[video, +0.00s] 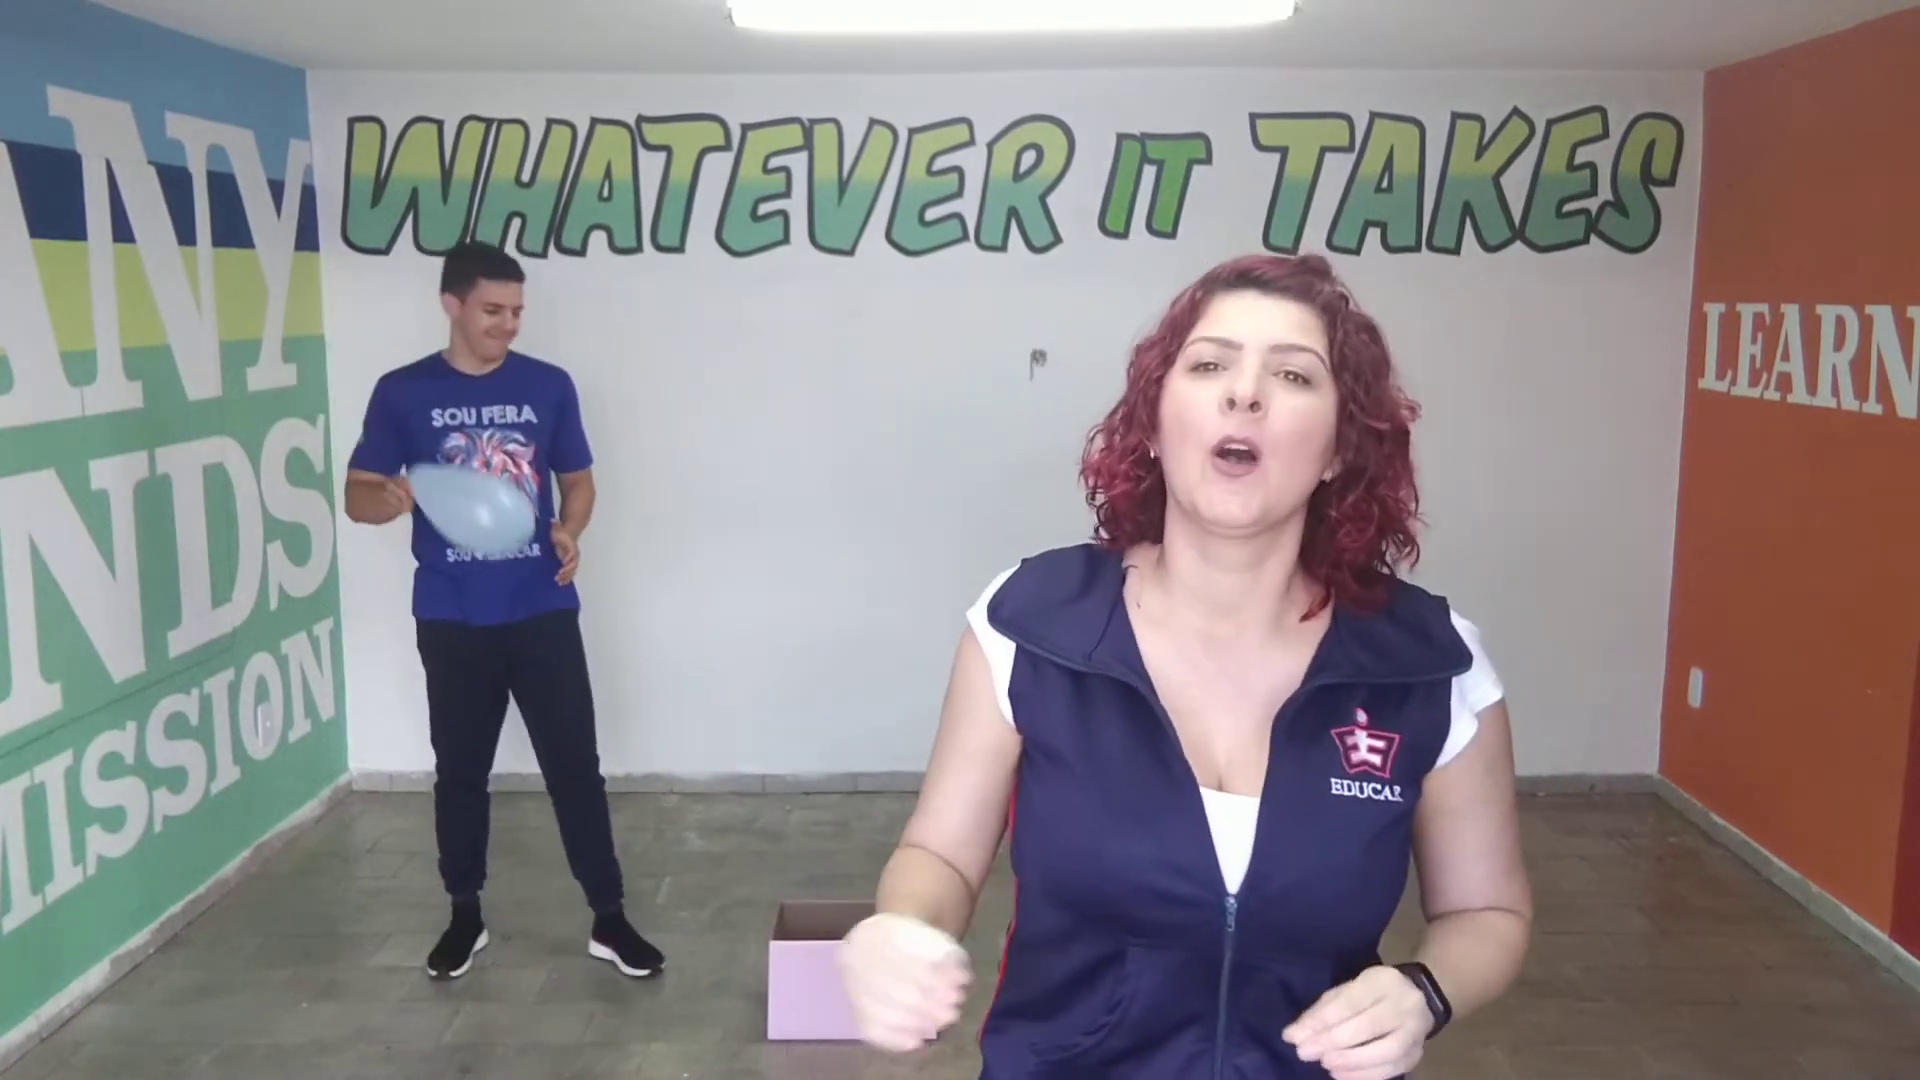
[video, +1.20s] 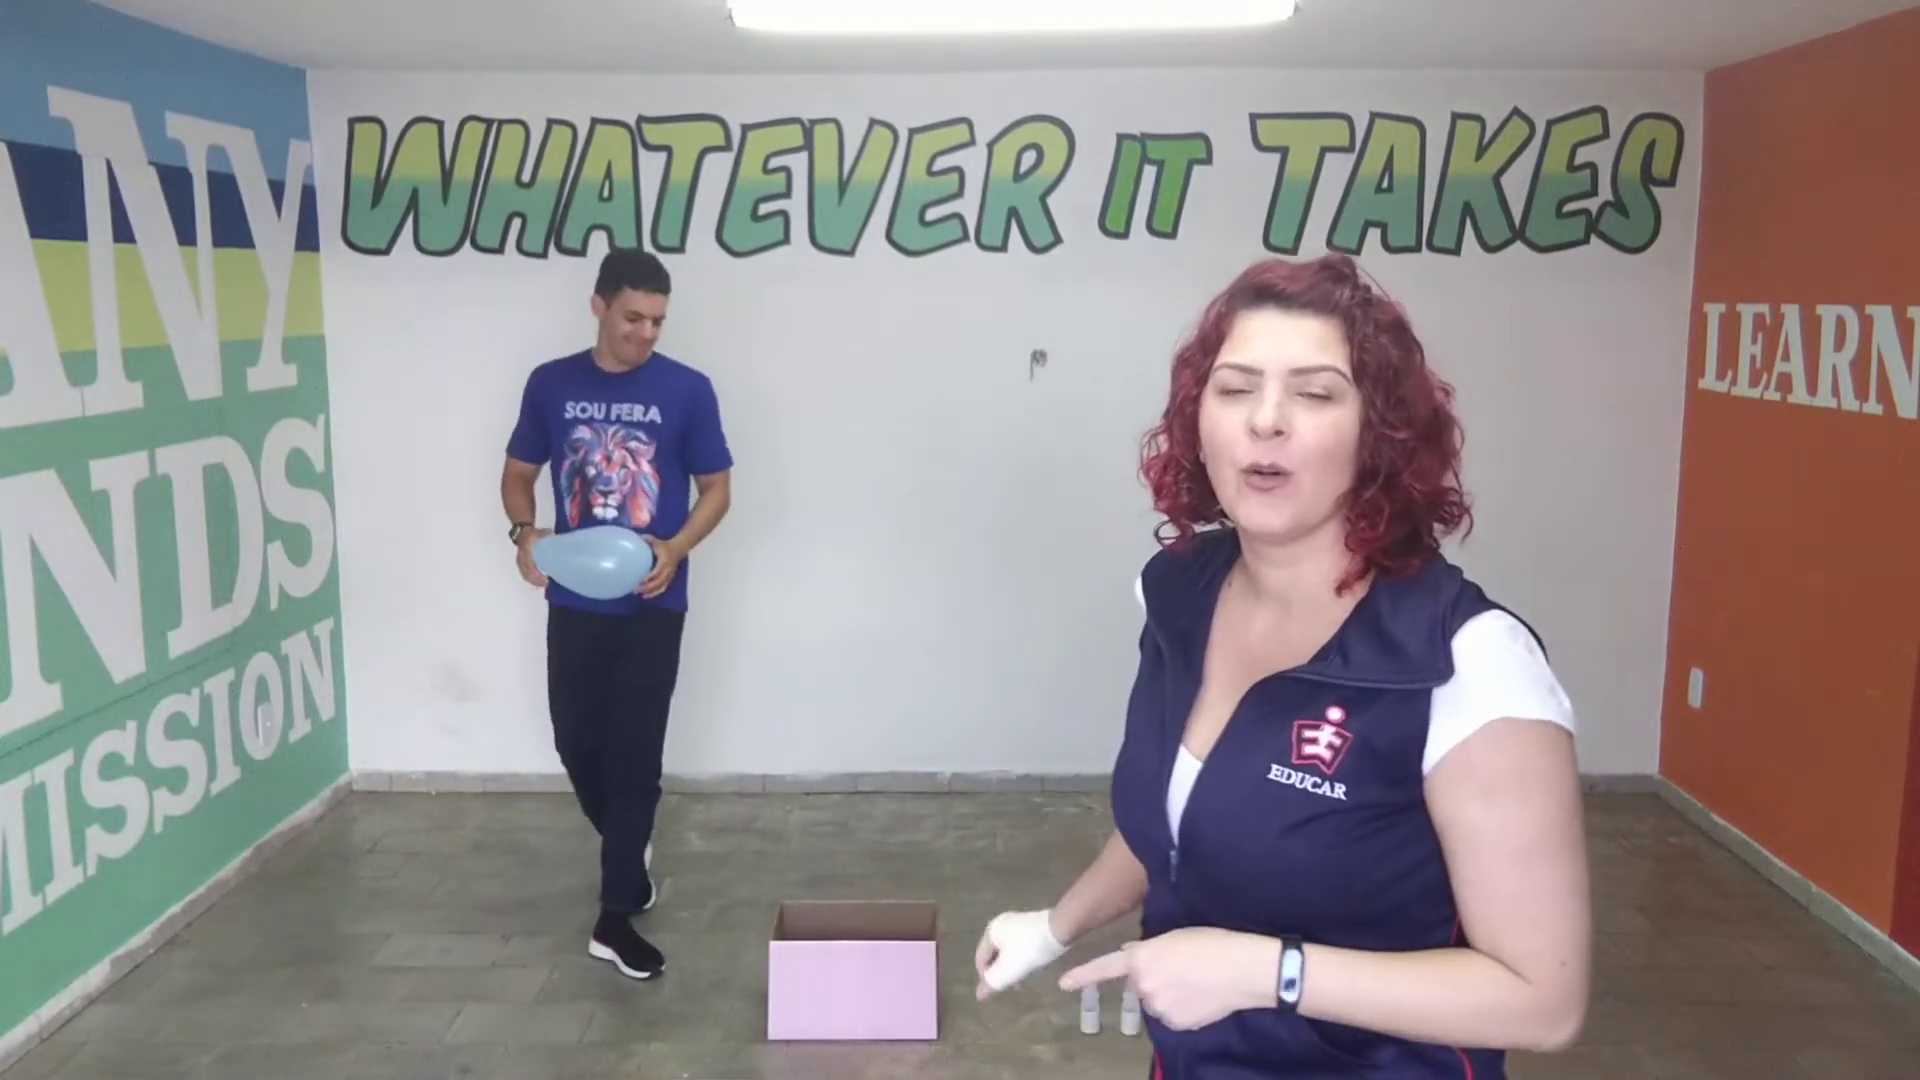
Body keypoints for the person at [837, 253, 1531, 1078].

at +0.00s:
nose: (1242, 395)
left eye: (1293, 376)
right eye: (1209, 364)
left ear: (1340, 444)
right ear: (1153, 410)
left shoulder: (1425, 659)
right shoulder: (1031, 618)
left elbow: (1483, 909)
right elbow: (940, 852)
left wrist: (1424, 994)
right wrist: (896, 940)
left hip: (1306, 1064)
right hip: (1061, 1059)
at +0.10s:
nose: (1239, 398)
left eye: (1289, 375)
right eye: (1209, 365)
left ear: (1342, 439)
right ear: (1155, 411)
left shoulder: (1430, 667)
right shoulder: (1036, 618)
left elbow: (1493, 923)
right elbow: (935, 856)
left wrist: (1411, 1003)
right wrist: (829, 979)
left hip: (1309, 1073)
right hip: (1066, 1067)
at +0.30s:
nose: (1231, 405)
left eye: (1281, 379)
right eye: (1201, 370)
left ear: (1339, 434)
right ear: (1150, 410)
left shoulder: (1435, 673)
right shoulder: (1047, 617)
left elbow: (1517, 967)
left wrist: (1357, 1046)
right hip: (1063, 1063)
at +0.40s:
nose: (1227, 407)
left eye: (1277, 379)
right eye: (1195, 373)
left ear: (1334, 432)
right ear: (1146, 414)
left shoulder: (1430, 674)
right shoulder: (1059, 619)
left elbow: (1515, 1005)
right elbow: (978, 838)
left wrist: (1273, 1044)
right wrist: (853, 964)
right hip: (1060, 1064)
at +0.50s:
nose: (1220, 409)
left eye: (1273, 385)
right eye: (1189, 376)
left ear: (1330, 438)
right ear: (1140, 413)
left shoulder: (1420, 675)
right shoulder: (1079, 613)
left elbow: (1498, 1029)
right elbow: (1045, 797)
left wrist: (1223, 1039)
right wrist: (965, 918)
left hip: (1286, 1077)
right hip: (1061, 1065)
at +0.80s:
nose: (1226, 423)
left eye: (1276, 393)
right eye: (1194, 385)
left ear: (1336, 432)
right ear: (1150, 414)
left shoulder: (1417, 676)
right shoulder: (1124, 595)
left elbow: (1469, 1036)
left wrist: (1188, 997)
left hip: (1271, 1063)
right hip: (1084, 1053)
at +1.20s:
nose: (1266, 423)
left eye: (1315, 394)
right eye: (1237, 389)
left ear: (1379, 430)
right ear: (1197, 414)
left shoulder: (1470, 664)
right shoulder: (1182, 592)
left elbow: (1542, 1001)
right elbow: (1169, 807)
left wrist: (1264, 971)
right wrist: (1057, 926)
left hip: (1384, 1059)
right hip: (1187, 1056)